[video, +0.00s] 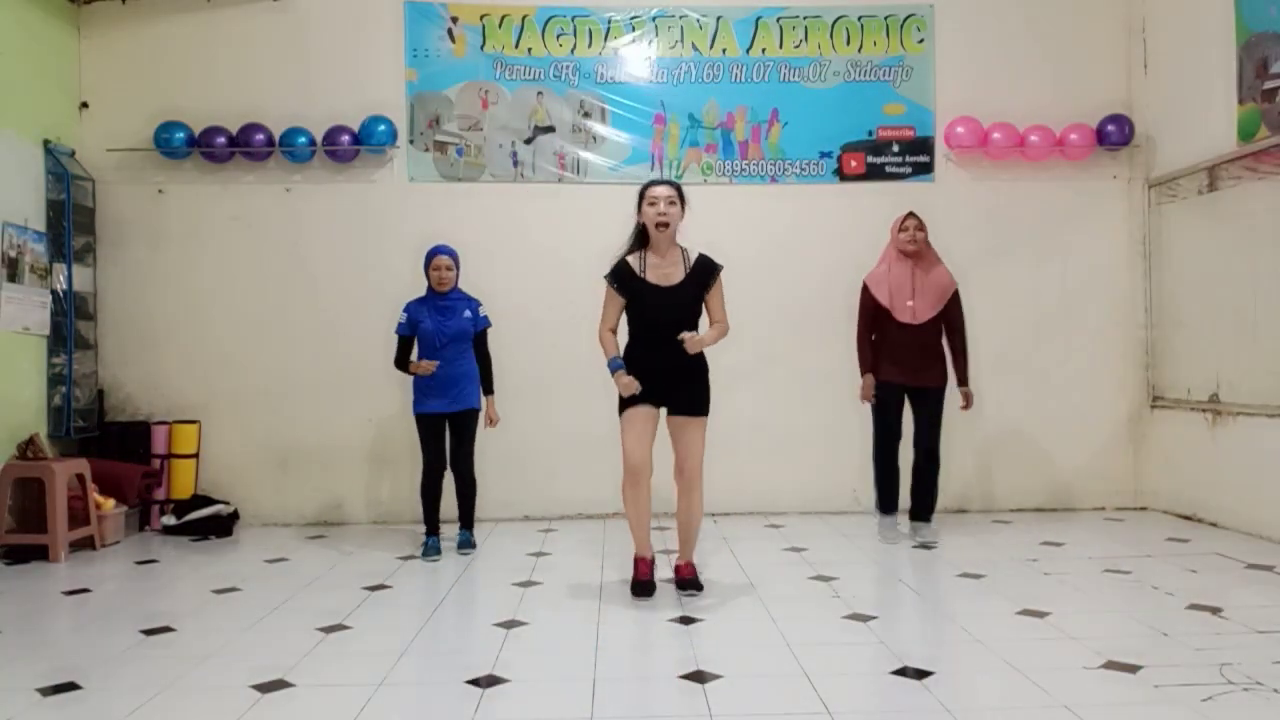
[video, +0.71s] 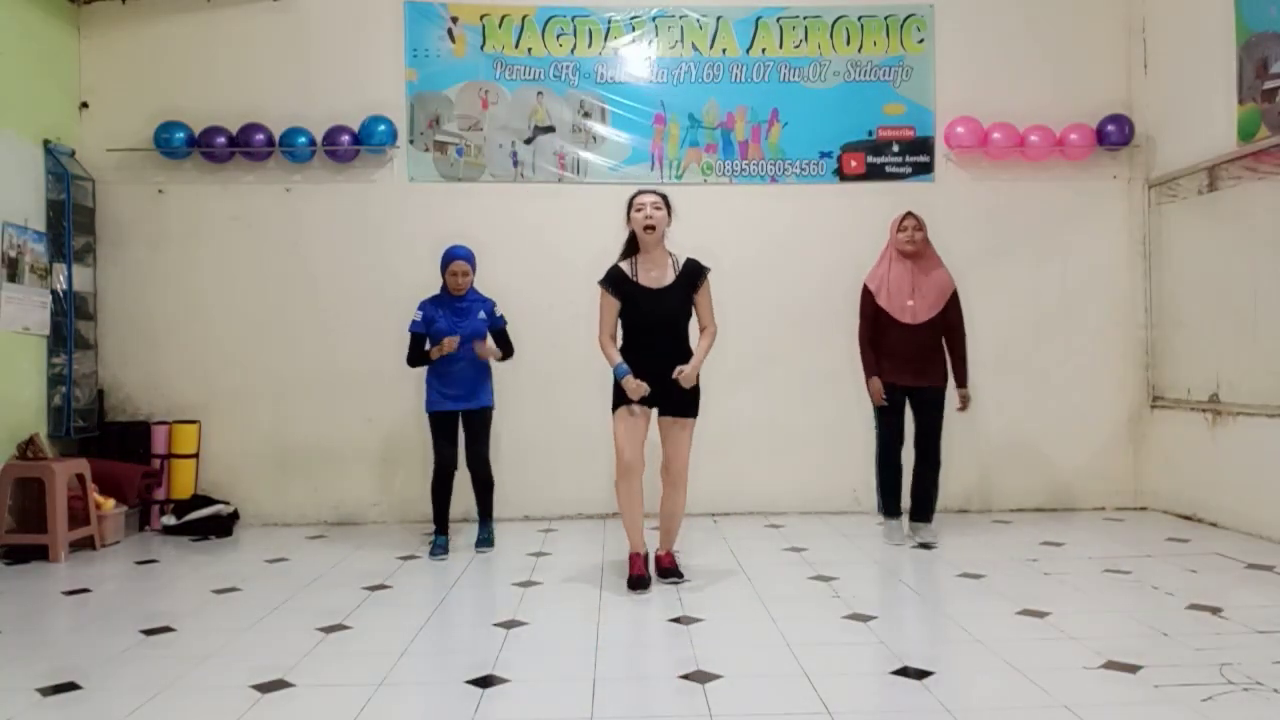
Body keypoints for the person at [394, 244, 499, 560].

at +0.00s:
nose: (442, 274)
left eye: (448, 269)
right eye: (436, 269)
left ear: (457, 272)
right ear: (427, 273)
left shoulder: (471, 306)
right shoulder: (415, 309)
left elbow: (482, 354)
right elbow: (401, 359)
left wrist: (489, 399)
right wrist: (414, 366)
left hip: (465, 398)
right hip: (428, 400)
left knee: (462, 465)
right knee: (434, 466)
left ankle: (466, 531)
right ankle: (431, 535)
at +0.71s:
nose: (459, 279)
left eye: (465, 273)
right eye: (453, 273)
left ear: (473, 275)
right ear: (443, 275)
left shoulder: (485, 306)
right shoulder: (429, 308)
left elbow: (507, 349)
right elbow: (413, 358)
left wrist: (493, 352)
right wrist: (438, 350)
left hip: (478, 396)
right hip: (441, 398)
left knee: (477, 462)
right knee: (445, 464)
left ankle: (486, 526)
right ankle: (440, 534)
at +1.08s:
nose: (464, 278)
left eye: (470, 274)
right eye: (458, 274)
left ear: (479, 276)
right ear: (450, 277)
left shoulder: (492, 302)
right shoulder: (439, 303)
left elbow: (490, 337)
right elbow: (436, 339)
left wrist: (472, 300)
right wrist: (455, 299)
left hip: (485, 394)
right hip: (450, 395)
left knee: (484, 461)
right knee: (457, 460)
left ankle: (485, 527)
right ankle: (457, 526)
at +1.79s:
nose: (468, 268)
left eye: (474, 264)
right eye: (462, 263)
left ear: (482, 271)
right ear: (453, 271)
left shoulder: (496, 305)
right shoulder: (448, 301)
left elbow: (507, 351)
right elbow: (430, 314)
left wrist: (476, 330)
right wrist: (445, 284)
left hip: (488, 394)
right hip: (454, 393)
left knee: (485, 460)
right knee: (458, 459)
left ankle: (484, 524)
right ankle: (461, 524)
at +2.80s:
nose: (472, 274)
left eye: (478, 270)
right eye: (466, 269)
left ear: (488, 276)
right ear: (459, 275)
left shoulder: (498, 302)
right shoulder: (452, 302)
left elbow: (498, 300)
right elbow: (438, 298)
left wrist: (472, 282)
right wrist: (447, 287)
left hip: (488, 392)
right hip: (455, 391)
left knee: (482, 458)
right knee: (457, 461)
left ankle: (485, 525)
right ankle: (460, 526)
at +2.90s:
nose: (467, 275)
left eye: (472, 270)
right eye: (463, 271)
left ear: (482, 275)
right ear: (459, 276)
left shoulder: (496, 302)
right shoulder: (453, 303)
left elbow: (501, 295)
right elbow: (441, 290)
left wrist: (484, 271)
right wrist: (441, 273)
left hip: (490, 392)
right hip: (456, 391)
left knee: (486, 459)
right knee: (456, 460)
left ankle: (485, 524)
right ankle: (459, 524)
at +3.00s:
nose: (469, 268)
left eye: (475, 265)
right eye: (465, 264)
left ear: (486, 271)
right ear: (458, 270)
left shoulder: (497, 295)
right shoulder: (451, 297)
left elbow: (494, 253)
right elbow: (439, 256)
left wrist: (471, 211)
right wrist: (450, 215)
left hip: (493, 387)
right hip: (459, 387)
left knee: (488, 455)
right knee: (457, 451)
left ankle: (486, 522)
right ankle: (458, 504)